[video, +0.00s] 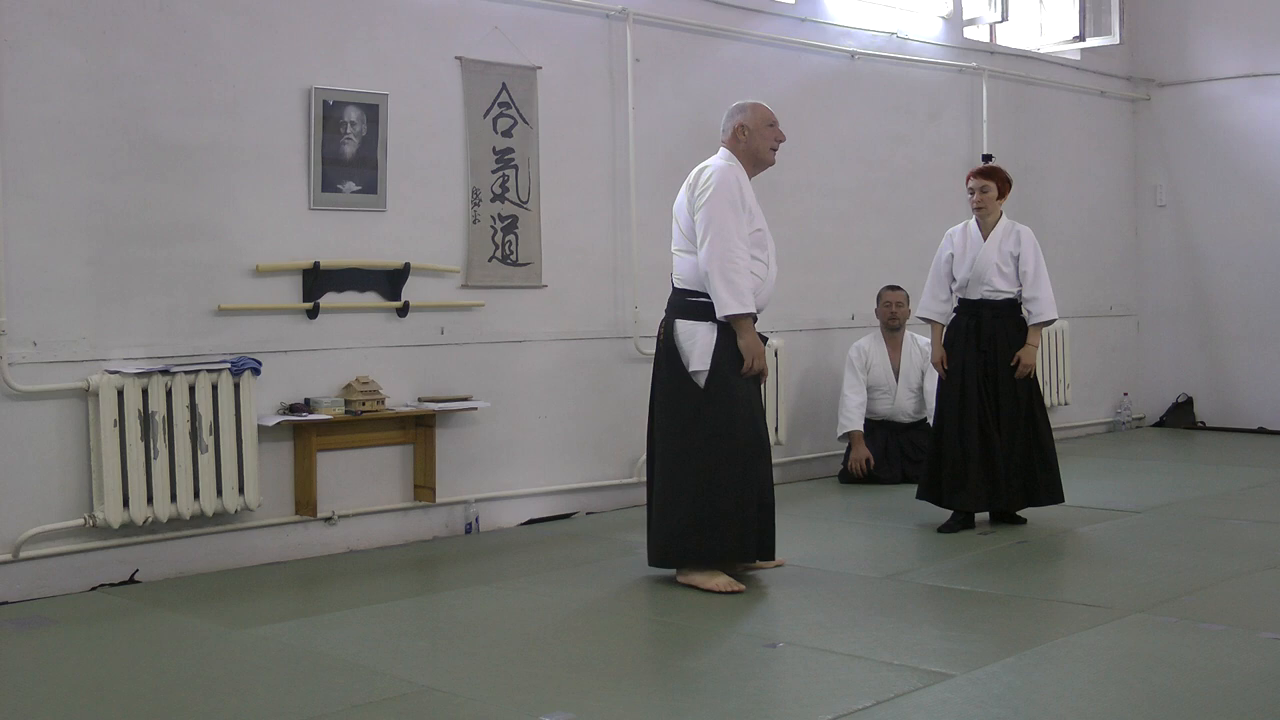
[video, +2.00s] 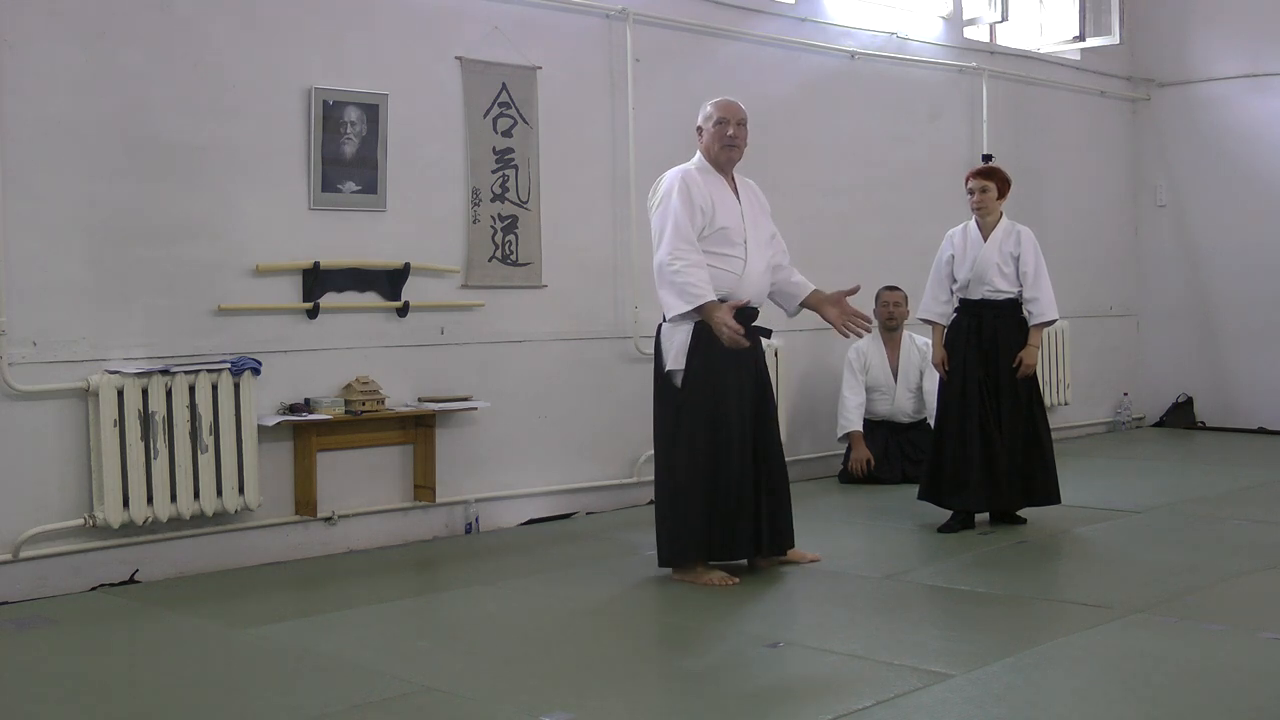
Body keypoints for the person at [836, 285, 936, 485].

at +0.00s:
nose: (893, 310)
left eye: (899, 305)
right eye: (887, 305)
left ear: (909, 313)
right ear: (877, 312)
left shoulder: (926, 348)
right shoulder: (861, 350)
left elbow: (934, 397)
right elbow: (852, 398)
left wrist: (942, 437)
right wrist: (857, 443)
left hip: (916, 431)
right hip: (874, 431)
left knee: (934, 473)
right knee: (854, 472)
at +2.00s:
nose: (891, 310)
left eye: (897, 305)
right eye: (885, 305)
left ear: (907, 313)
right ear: (875, 312)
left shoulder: (925, 348)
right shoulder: (860, 350)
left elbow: (934, 396)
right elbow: (851, 398)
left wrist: (944, 436)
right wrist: (857, 443)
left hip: (916, 430)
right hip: (874, 431)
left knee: (936, 472)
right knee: (855, 473)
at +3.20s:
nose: (891, 311)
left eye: (897, 306)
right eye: (885, 305)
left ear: (908, 313)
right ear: (876, 313)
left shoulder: (925, 348)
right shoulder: (861, 350)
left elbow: (934, 396)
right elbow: (851, 398)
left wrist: (944, 435)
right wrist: (857, 443)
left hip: (916, 430)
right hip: (875, 430)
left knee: (935, 472)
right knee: (855, 472)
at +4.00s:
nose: (891, 314)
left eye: (898, 308)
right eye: (885, 308)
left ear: (908, 314)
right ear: (876, 313)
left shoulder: (926, 349)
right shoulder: (861, 350)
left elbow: (936, 397)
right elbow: (852, 398)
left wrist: (945, 437)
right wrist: (857, 443)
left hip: (916, 430)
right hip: (875, 430)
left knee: (936, 471)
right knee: (856, 471)